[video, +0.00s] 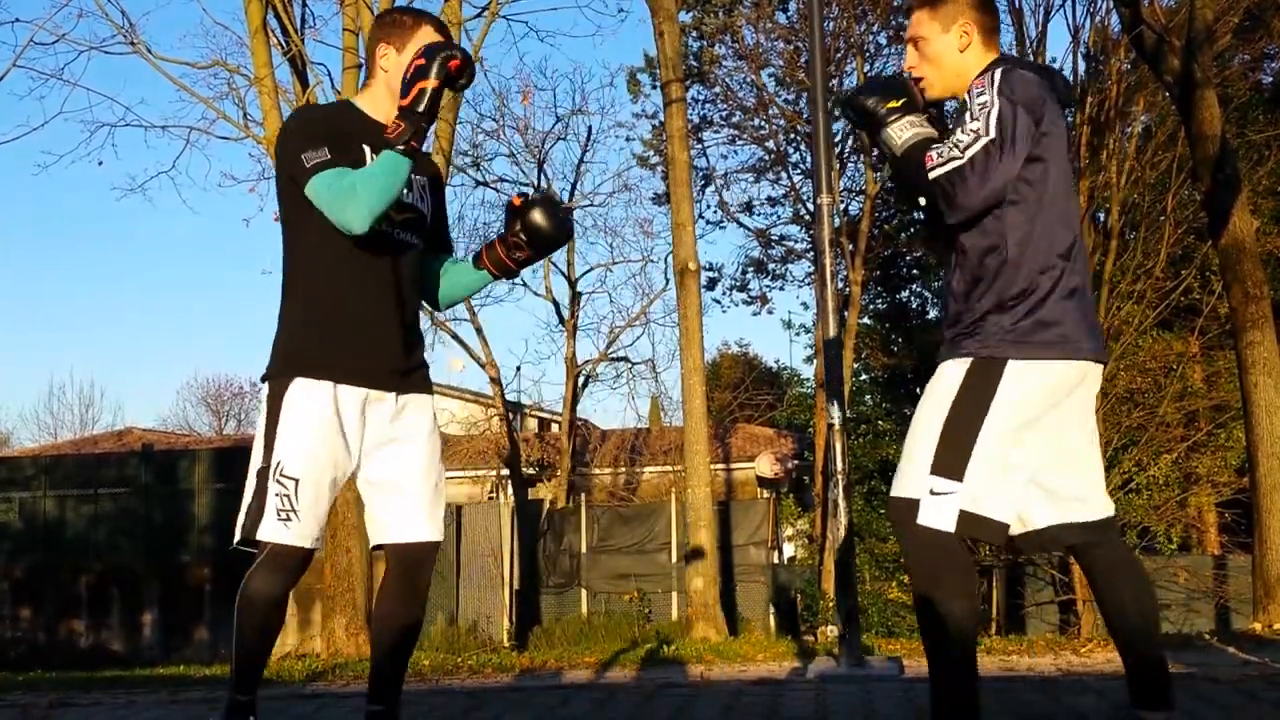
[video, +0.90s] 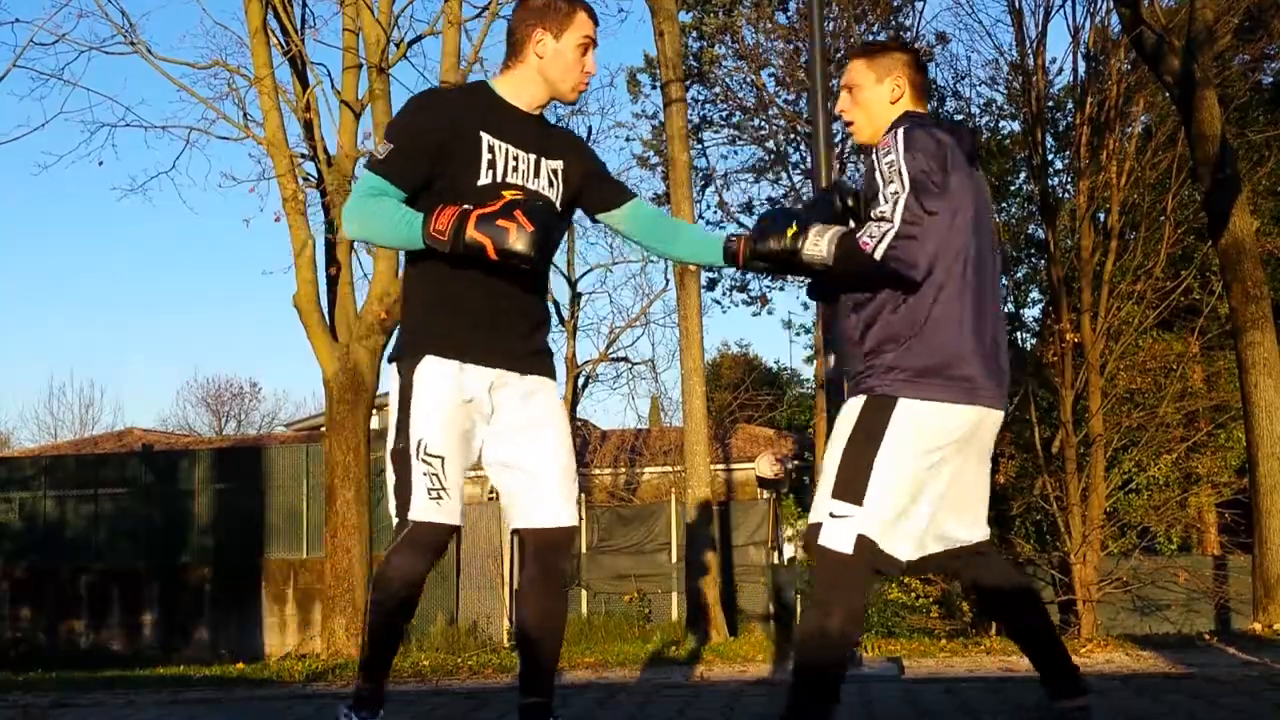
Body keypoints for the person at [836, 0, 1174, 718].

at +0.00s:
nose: (907, 61)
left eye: (918, 43)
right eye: (907, 44)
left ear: (967, 38)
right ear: (967, 37)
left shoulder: (1002, 85)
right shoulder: (1027, 93)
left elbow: (962, 191)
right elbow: (955, 216)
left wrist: (913, 138)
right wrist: (906, 144)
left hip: (1008, 340)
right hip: (1059, 339)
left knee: (922, 514)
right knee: (1088, 524)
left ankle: (954, 714)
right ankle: (1155, 702)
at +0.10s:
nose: (898, 71)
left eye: (905, 52)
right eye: (896, 56)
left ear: (953, 41)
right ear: (954, 45)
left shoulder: (989, 93)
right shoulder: (1002, 99)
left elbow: (913, 185)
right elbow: (918, 198)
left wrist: (850, 125)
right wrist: (852, 130)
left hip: (985, 347)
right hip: (1039, 344)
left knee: (914, 530)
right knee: (1061, 529)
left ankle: (868, 717)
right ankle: (1151, 703)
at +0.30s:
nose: (821, 88)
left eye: (831, 71)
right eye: (822, 72)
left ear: (879, 68)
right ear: (889, 73)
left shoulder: (902, 121)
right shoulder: (943, 125)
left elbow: (905, 247)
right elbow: (922, 249)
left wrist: (829, 227)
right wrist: (835, 217)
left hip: (907, 369)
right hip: (978, 371)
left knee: (810, 543)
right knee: (1021, 537)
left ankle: (805, 718)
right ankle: (1135, 698)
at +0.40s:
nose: (781, 80)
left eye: (789, 64)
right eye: (781, 66)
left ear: (837, 58)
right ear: (850, 60)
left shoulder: (859, 115)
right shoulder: (912, 121)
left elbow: (839, 223)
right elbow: (860, 233)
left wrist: (763, 196)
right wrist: (776, 196)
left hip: (881, 360)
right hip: (954, 357)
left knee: (808, 533)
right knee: (950, 522)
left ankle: (803, 716)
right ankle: (1080, 686)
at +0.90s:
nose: (839, 104)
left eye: (849, 89)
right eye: (840, 91)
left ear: (896, 89)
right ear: (906, 95)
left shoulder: (906, 145)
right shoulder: (952, 153)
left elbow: (905, 248)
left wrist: (813, 245)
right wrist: (803, 232)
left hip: (911, 381)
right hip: (971, 383)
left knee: (840, 544)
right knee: (958, 540)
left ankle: (804, 711)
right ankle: (1066, 688)